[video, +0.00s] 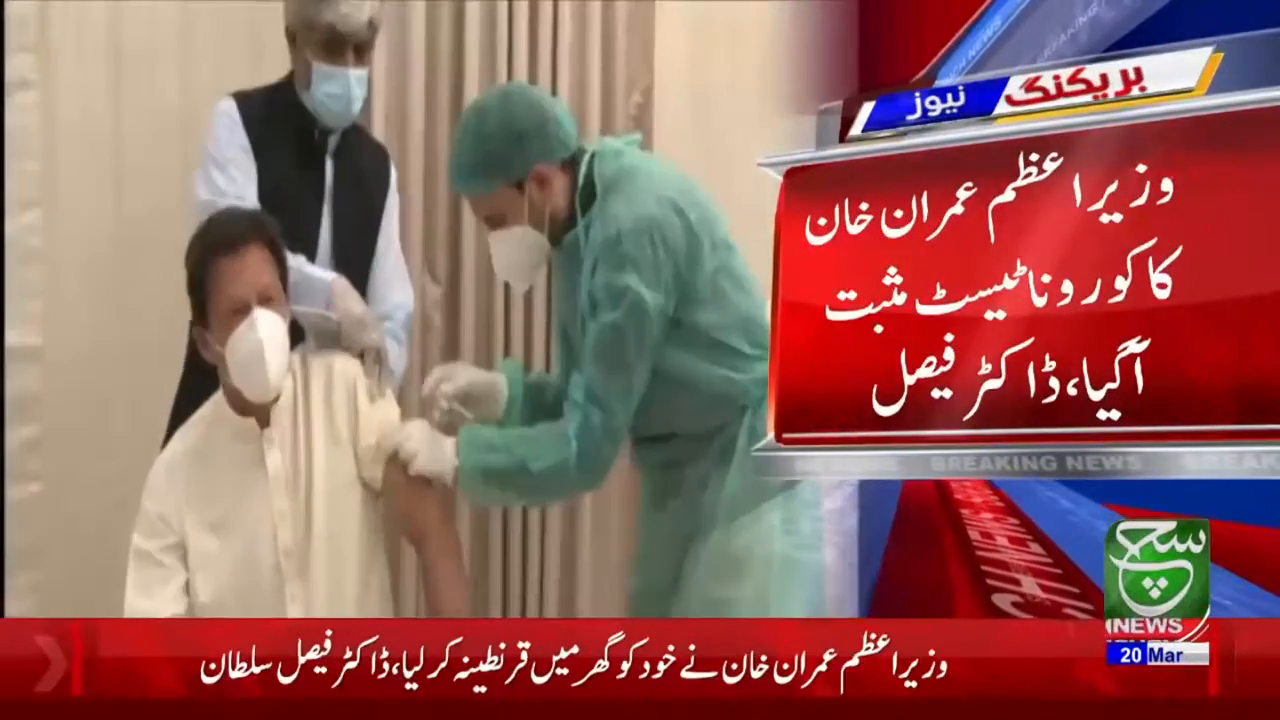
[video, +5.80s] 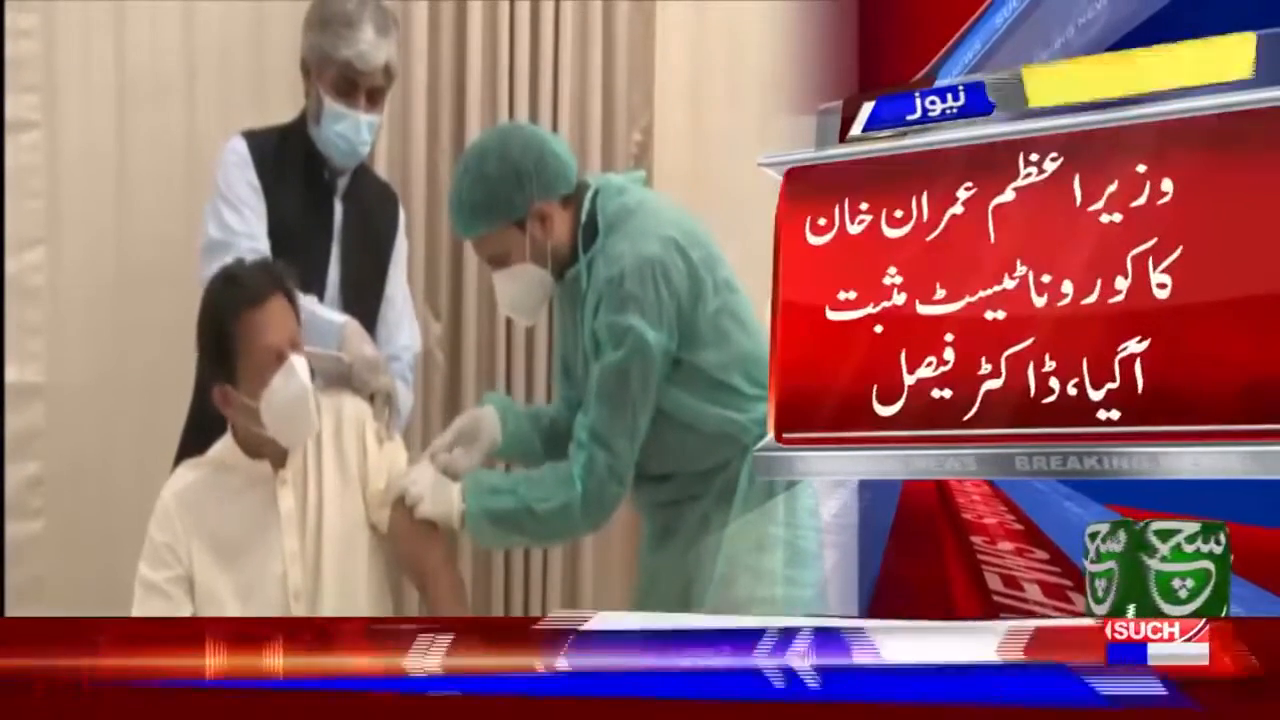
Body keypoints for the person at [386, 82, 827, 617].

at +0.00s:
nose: (495, 239)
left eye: (497, 220)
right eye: (486, 222)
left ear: (543, 183)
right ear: (543, 182)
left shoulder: (635, 220)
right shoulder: (584, 219)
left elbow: (588, 448)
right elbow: (585, 400)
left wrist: (457, 456)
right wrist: (500, 395)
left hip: (749, 456)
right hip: (677, 462)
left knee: (724, 653)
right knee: (655, 649)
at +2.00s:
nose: (496, 255)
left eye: (498, 238)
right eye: (487, 242)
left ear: (544, 199)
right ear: (544, 198)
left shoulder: (634, 233)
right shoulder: (581, 230)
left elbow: (591, 457)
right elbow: (571, 399)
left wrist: (460, 468)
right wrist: (487, 399)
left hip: (750, 468)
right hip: (678, 475)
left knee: (731, 664)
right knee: (655, 661)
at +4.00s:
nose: (495, 266)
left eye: (498, 249)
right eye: (487, 252)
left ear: (543, 209)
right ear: (544, 209)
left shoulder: (634, 247)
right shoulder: (581, 244)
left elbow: (588, 475)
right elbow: (568, 413)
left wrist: (456, 486)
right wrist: (481, 414)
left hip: (750, 477)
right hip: (677, 484)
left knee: (738, 663)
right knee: (657, 660)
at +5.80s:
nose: (499, 280)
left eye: (502, 262)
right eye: (489, 265)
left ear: (546, 221)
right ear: (546, 220)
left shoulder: (636, 262)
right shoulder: (583, 253)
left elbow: (592, 489)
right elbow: (579, 429)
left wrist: (459, 500)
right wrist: (500, 428)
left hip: (751, 495)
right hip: (677, 501)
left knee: (744, 686)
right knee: (663, 684)